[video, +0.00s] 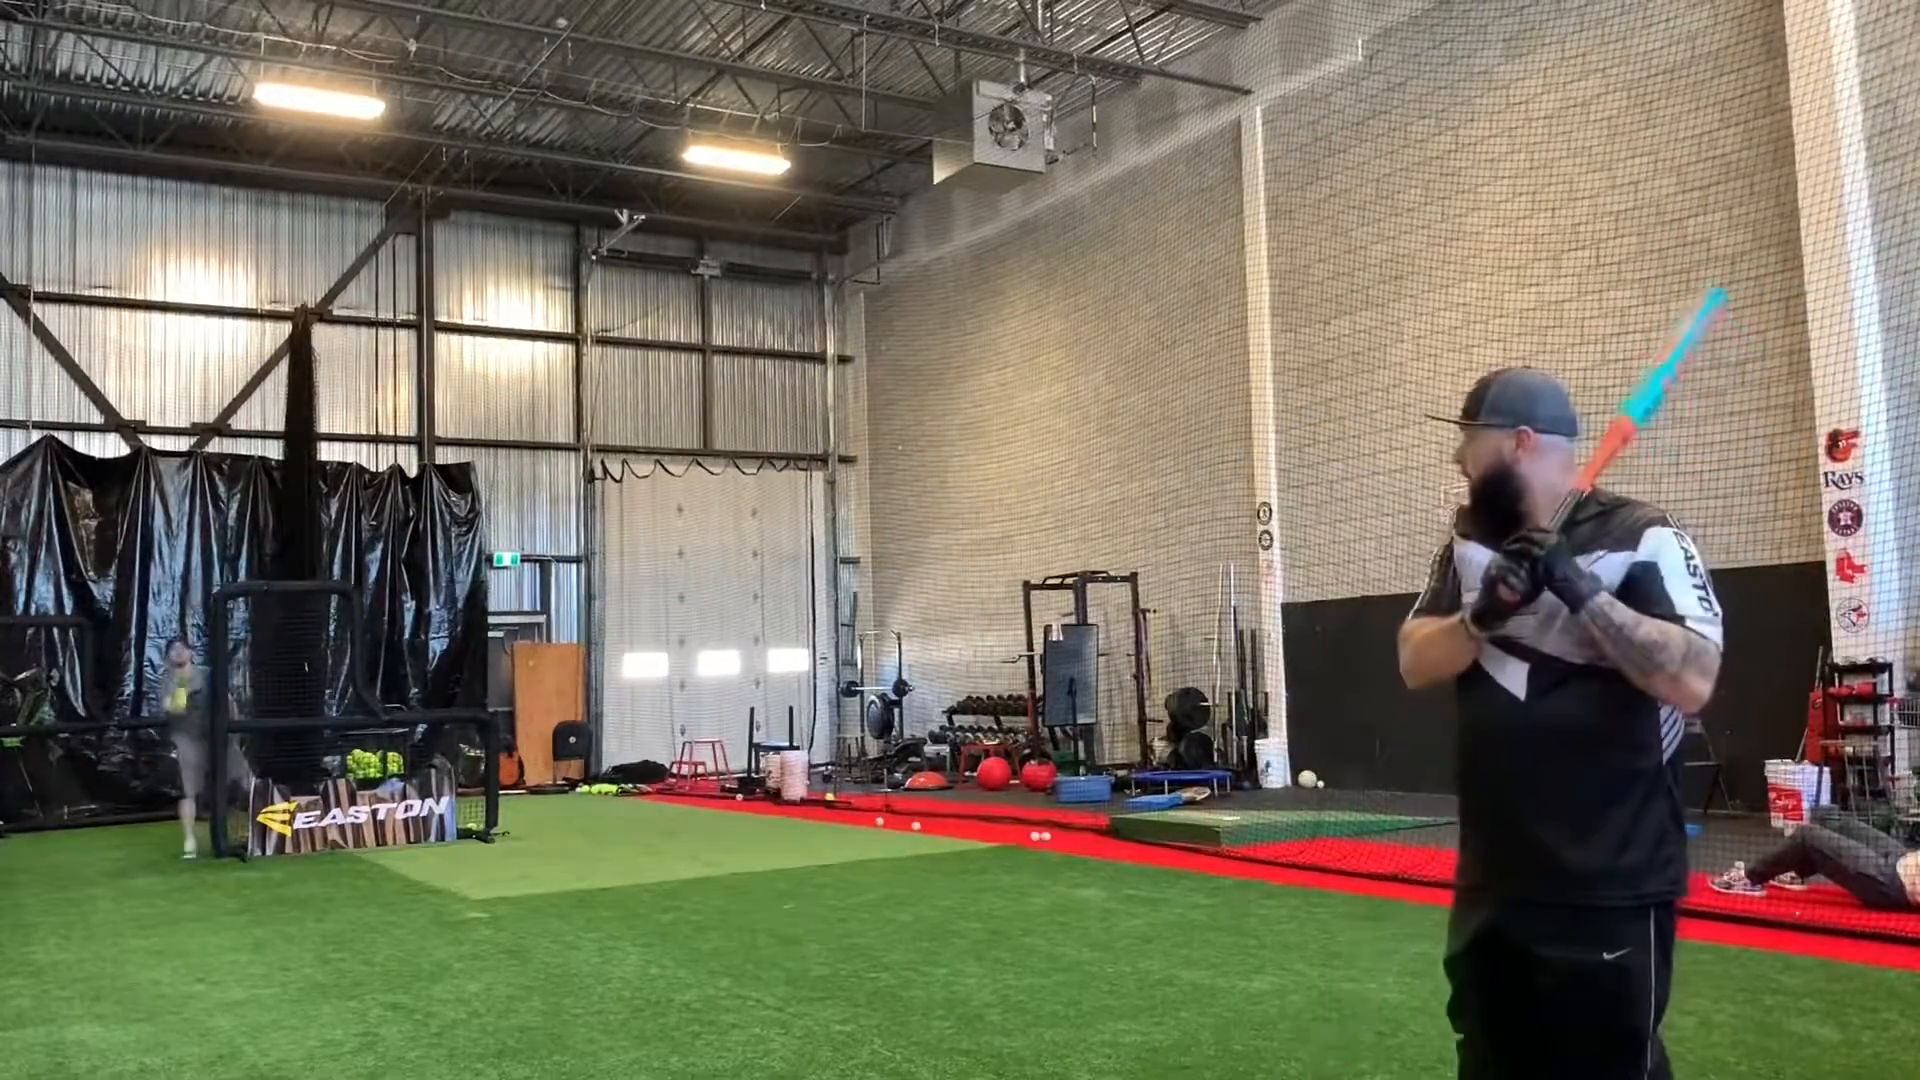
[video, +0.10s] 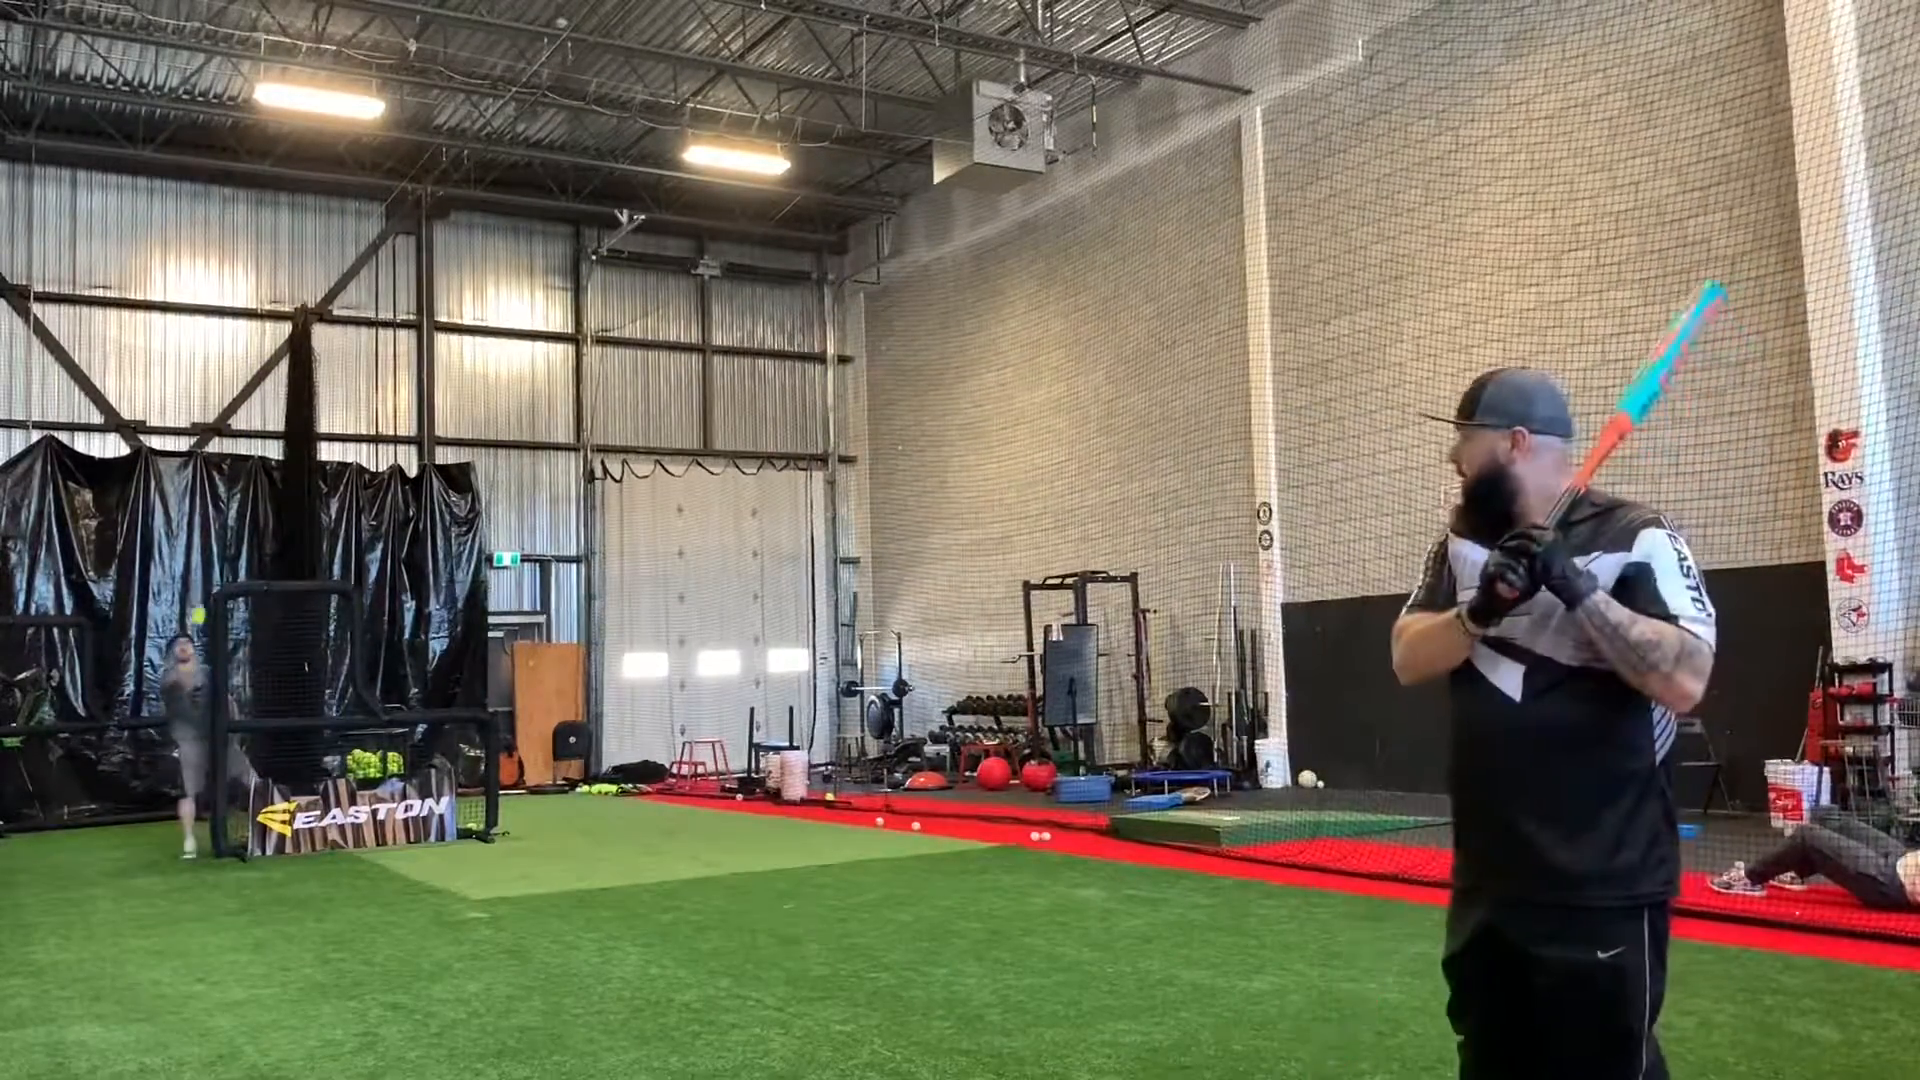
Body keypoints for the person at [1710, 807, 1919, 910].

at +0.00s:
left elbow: (1914, 893)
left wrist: (1909, 871)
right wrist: (1912, 861)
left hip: (1893, 884)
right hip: (1904, 858)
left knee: (1807, 836)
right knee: (1826, 815)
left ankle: (1750, 877)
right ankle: (1800, 873)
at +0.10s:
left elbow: (1913, 892)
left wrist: (1909, 872)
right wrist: (1912, 863)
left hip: (1893, 883)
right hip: (1905, 858)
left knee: (1806, 837)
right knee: (1825, 815)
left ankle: (1749, 877)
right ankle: (1799, 873)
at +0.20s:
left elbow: (1914, 891)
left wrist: (1911, 870)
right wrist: (1912, 864)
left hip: (1893, 883)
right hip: (1905, 858)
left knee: (1807, 836)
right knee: (1825, 815)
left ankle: (1749, 877)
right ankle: (1798, 873)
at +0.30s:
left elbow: (1914, 890)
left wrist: (1910, 867)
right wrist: (1912, 863)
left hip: (1892, 884)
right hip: (1903, 858)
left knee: (1806, 836)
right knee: (1824, 814)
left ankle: (1749, 877)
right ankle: (1798, 873)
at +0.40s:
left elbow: (1913, 889)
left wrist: (1910, 866)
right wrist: (1912, 863)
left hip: (1890, 884)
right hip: (1902, 858)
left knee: (1806, 835)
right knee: (1824, 814)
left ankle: (1749, 877)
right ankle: (1798, 873)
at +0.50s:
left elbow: (1913, 889)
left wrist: (1910, 865)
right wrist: (1912, 862)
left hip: (1891, 884)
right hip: (1903, 858)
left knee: (1806, 836)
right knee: (1824, 814)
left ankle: (1749, 877)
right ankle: (1798, 873)